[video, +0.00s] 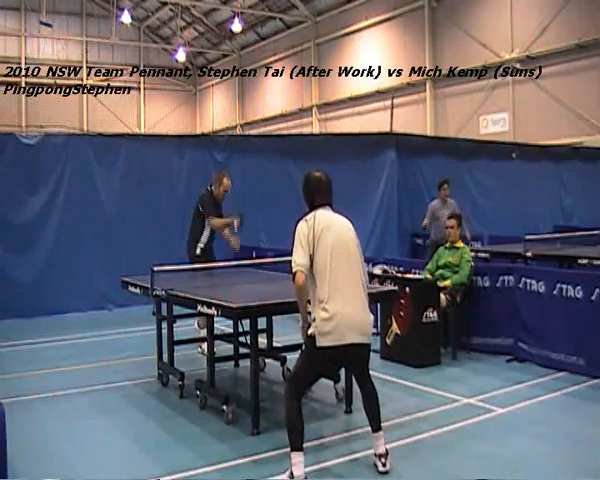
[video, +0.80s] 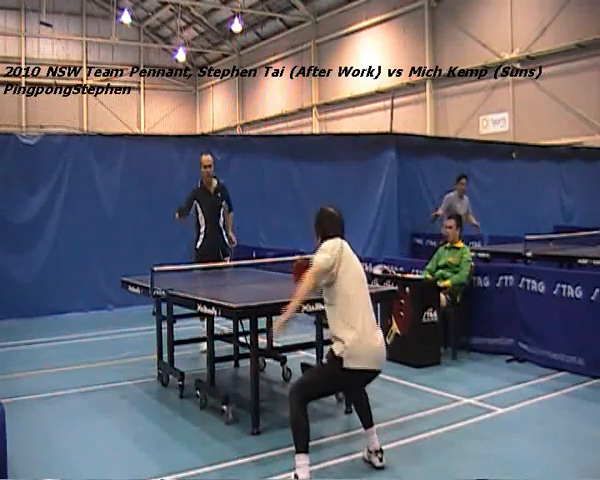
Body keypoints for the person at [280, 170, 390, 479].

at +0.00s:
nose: (306, 199)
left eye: (305, 194)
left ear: (306, 196)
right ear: (330, 195)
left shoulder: (307, 225)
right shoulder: (347, 224)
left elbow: (299, 277)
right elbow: (358, 274)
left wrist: (304, 318)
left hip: (328, 331)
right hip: (361, 328)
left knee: (293, 390)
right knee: (364, 379)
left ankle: (297, 468)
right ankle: (381, 449)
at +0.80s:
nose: (315, 232)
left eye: (315, 228)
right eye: (317, 228)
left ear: (318, 229)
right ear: (342, 228)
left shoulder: (331, 248)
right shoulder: (350, 255)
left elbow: (311, 279)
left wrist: (286, 316)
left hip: (350, 357)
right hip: (376, 356)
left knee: (297, 393)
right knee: (352, 385)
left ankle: (302, 470)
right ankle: (374, 448)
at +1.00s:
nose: (318, 213)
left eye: (319, 208)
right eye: (321, 207)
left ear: (323, 211)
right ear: (345, 208)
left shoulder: (337, 230)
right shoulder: (356, 232)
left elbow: (348, 256)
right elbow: (347, 262)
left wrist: (359, 282)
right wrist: (324, 261)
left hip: (361, 332)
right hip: (384, 333)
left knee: (316, 389)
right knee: (358, 379)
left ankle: (302, 468)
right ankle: (375, 449)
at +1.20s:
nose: (326, 192)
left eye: (327, 187)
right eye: (328, 187)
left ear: (332, 187)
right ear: (354, 184)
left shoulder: (344, 206)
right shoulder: (365, 210)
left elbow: (356, 237)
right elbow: (370, 266)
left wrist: (353, 289)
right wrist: (336, 274)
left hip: (367, 316)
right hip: (387, 314)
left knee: (336, 384)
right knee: (364, 373)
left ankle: (346, 459)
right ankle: (376, 446)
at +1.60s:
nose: (336, 188)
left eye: (336, 182)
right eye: (341, 180)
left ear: (339, 185)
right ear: (363, 183)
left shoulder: (348, 214)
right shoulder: (379, 215)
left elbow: (332, 264)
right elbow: (384, 267)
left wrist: (317, 322)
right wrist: (358, 308)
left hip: (371, 322)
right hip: (399, 320)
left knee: (340, 393)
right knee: (384, 379)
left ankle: (369, 466)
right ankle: (407, 450)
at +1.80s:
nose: (324, 199)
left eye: (324, 194)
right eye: (328, 192)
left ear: (327, 195)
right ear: (351, 192)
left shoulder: (340, 222)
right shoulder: (365, 222)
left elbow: (318, 275)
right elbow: (351, 273)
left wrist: (299, 321)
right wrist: (319, 283)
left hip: (365, 332)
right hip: (391, 330)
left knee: (323, 392)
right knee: (375, 375)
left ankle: (335, 465)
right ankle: (400, 440)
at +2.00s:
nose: (302, 233)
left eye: (303, 229)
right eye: (304, 228)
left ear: (307, 231)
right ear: (330, 228)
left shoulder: (319, 256)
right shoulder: (344, 253)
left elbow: (279, 274)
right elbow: (294, 268)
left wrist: (253, 269)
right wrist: (266, 269)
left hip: (363, 356)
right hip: (384, 351)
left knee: (311, 402)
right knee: (349, 381)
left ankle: (331, 472)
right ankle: (353, 434)